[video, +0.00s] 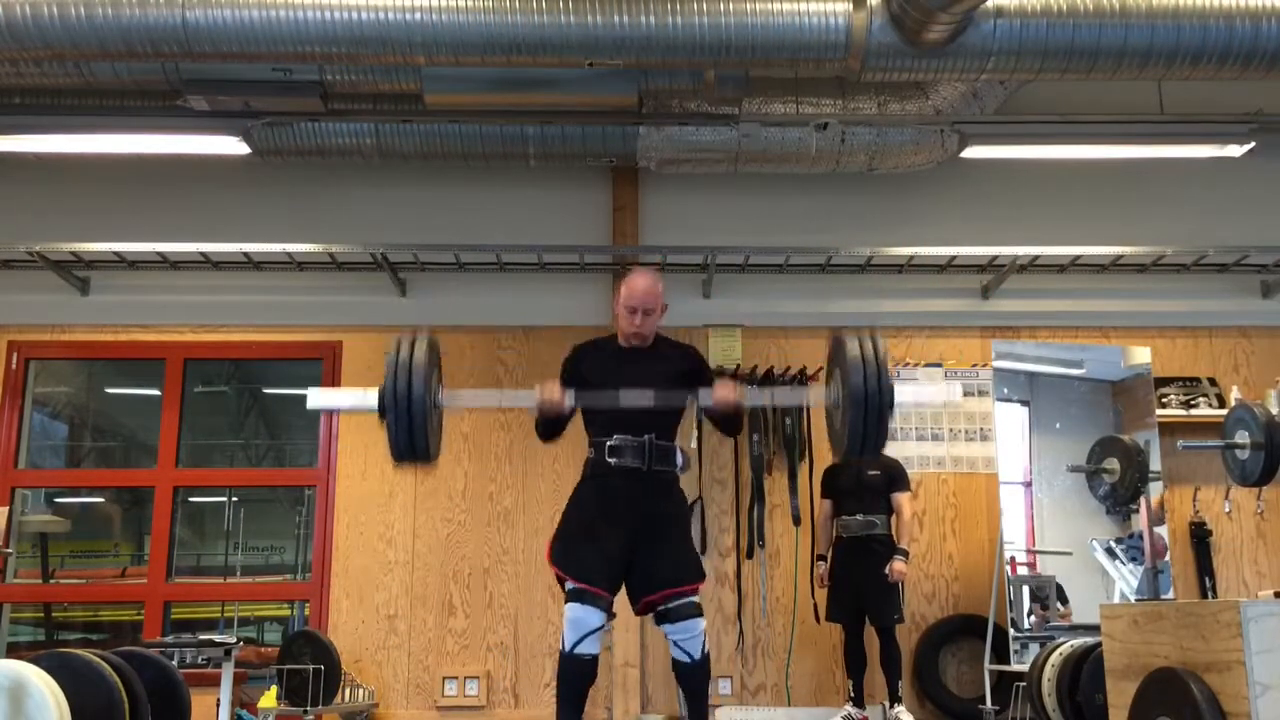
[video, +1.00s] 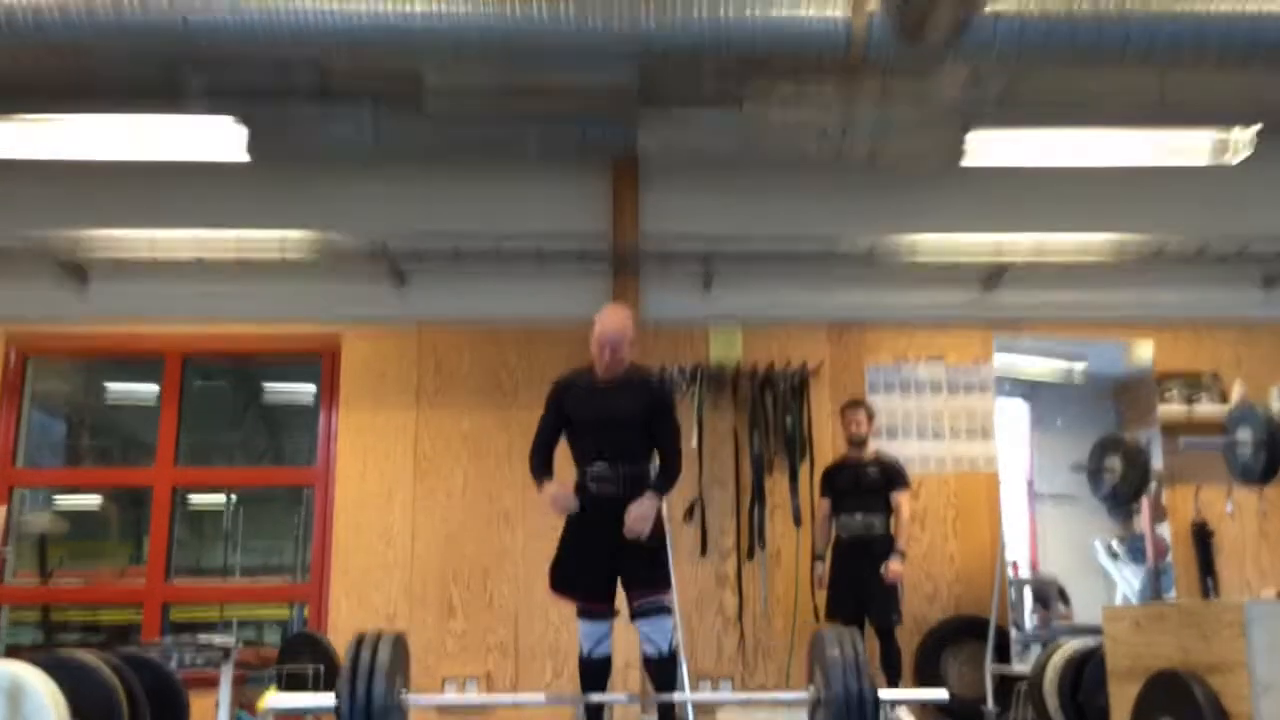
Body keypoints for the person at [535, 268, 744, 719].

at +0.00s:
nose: (639, 321)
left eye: (649, 312)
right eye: (631, 310)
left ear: (663, 311)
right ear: (615, 306)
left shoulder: (684, 361)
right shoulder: (586, 359)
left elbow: (730, 428)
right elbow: (548, 433)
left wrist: (728, 407)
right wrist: (550, 411)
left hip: (661, 502)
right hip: (600, 500)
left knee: (686, 626)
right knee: (583, 622)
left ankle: (698, 716)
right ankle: (568, 717)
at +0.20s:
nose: (647, 338)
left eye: (657, 330)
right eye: (639, 328)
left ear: (672, 329)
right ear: (627, 325)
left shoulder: (694, 381)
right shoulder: (599, 380)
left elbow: (729, 447)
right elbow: (573, 448)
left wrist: (731, 513)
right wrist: (560, 509)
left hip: (673, 516)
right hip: (614, 513)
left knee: (683, 630)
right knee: (594, 623)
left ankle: (690, 718)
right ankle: (570, 717)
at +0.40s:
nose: (652, 334)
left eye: (661, 325)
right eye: (645, 324)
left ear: (678, 324)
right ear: (632, 322)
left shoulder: (697, 378)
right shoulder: (604, 374)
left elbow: (725, 444)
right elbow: (586, 443)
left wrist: (743, 508)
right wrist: (573, 506)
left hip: (674, 516)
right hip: (616, 514)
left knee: (679, 638)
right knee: (595, 634)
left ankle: (688, 717)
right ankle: (590, 716)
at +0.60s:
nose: (638, 346)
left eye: (649, 336)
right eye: (632, 335)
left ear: (665, 336)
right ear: (620, 334)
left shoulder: (682, 388)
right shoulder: (594, 387)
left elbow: (714, 450)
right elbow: (573, 453)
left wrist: (743, 510)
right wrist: (558, 517)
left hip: (666, 521)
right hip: (610, 522)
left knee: (674, 625)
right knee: (597, 625)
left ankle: (688, 714)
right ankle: (590, 708)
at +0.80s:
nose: (617, 358)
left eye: (626, 350)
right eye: (610, 349)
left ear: (641, 350)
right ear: (598, 346)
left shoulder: (662, 395)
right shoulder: (574, 396)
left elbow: (687, 454)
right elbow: (553, 452)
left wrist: (703, 510)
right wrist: (545, 497)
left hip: (645, 519)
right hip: (593, 519)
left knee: (661, 626)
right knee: (594, 630)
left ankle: (685, 715)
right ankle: (593, 714)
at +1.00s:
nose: (610, 352)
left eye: (619, 344)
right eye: (604, 343)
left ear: (633, 345)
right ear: (591, 341)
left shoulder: (652, 390)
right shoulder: (569, 390)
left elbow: (671, 456)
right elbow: (542, 448)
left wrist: (652, 497)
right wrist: (547, 484)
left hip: (641, 517)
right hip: (590, 518)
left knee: (655, 625)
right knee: (593, 628)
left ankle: (669, 712)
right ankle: (594, 714)